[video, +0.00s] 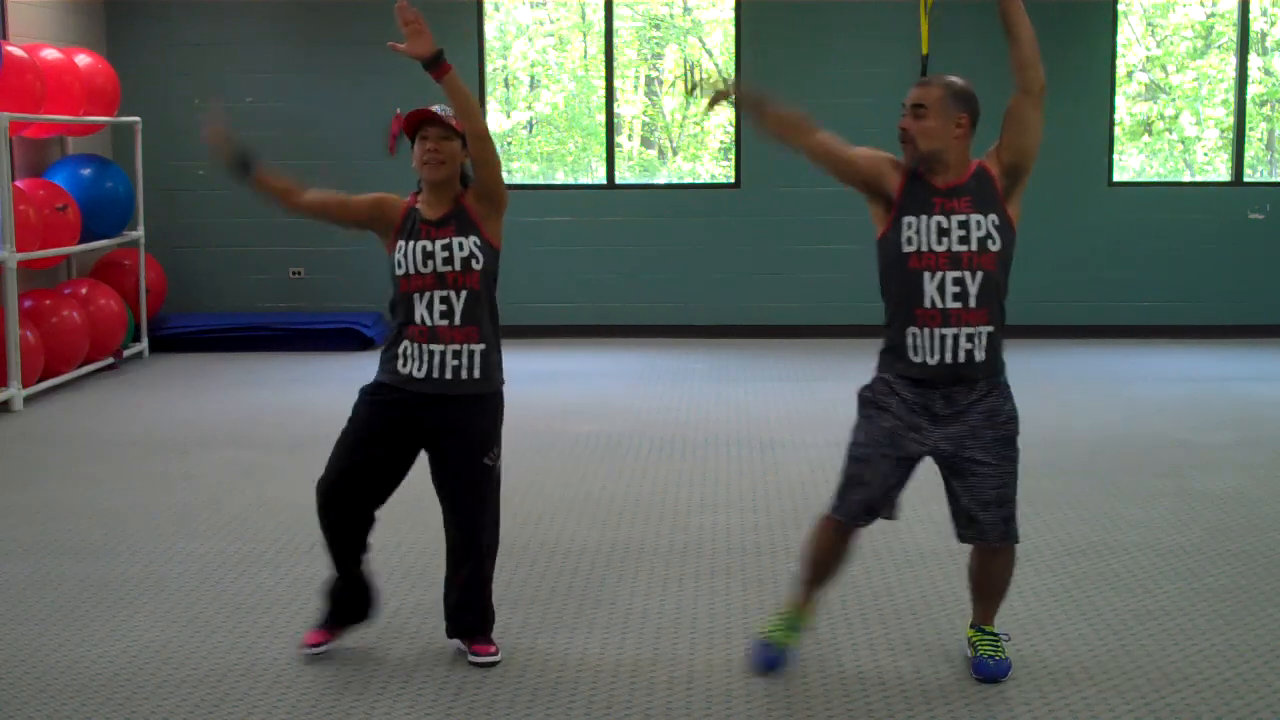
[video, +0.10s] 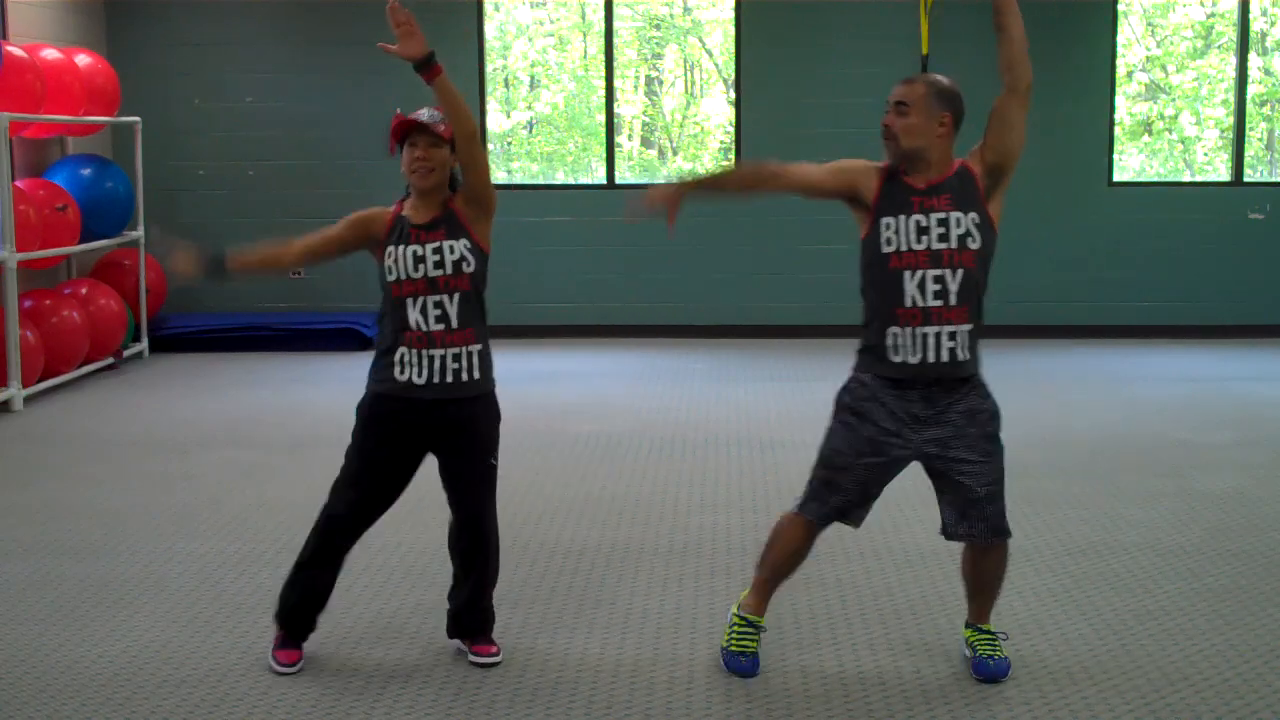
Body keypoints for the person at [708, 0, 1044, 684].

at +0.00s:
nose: (906, 123)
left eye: (920, 113)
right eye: (906, 113)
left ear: (964, 125)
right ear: (908, 122)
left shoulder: (1000, 179)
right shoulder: (888, 180)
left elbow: (1031, 87)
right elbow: (812, 139)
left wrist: (1011, 4)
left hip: (980, 399)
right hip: (899, 395)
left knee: (996, 532)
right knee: (847, 511)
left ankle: (984, 630)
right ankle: (795, 614)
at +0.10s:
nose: (888, 119)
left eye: (903, 110)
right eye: (888, 110)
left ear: (946, 122)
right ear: (894, 121)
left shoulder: (984, 180)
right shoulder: (866, 180)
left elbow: (1019, 85)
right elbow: (775, 175)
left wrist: (1005, 4)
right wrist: (688, 186)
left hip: (960, 398)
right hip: (879, 394)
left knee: (990, 529)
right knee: (815, 511)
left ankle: (982, 628)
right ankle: (750, 612)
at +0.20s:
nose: (871, 118)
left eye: (887, 109)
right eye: (872, 108)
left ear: (930, 123)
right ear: (875, 120)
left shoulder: (964, 178)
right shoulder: (846, 184)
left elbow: (1005, 90)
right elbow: (759, 208)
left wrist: (994, 7)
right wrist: (686, 262)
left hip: (941, 394)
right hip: (857, 392)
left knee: (995, 518)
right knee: (800, 510)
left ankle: (978, 619)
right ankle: (745, 616)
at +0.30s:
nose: (860, 121)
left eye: (876, 112)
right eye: (862, 112)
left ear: (917, 126)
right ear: (871, 124)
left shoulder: (955, 182)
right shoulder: (837, 190)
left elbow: (1000, 94)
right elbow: (759, 236)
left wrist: (989, 6)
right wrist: (734, 314)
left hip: (931, 395)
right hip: (848, 396)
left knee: (988, 517)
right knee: (792, 511)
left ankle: (988, 618)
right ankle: (746, 621)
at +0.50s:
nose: (886, 139)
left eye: (901, 128)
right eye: (882, 128)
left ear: (939, 138)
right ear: (876, 137)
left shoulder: (971, 194)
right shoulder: (857, 213)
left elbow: (1015, 107)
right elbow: (824, 312)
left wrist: (1000, 13)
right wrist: (842, 283)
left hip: (945, 409)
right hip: (865, 408)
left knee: (990, 534)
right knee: (800, 519)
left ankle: (991, 630)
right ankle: (748, 623)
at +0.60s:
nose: (915, 132)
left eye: (930, 121)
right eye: (907, 121)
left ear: (958, 134)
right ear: (898, 131)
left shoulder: (986, 187)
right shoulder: (879, 204)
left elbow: (1030, 101)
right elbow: (841, 268)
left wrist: (1013, 10)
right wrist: (866, 196)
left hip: (975, 401)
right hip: (895, 400)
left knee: (1007, 533)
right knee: (830, 518)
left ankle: (992, 629)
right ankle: (774, 618)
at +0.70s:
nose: (936, 123)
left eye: (950, 112)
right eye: (925, 113)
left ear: (973, 125)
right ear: (913, 125)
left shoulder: (999, 176)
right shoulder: (894, 189)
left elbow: (1035, 89)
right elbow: (855, 187)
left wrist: (1017, 5)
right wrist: (887, 106)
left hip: (998, 388)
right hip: (920, 389)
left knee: (1014, 526)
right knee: (882, 515)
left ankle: (993, 627)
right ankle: (851, 611)